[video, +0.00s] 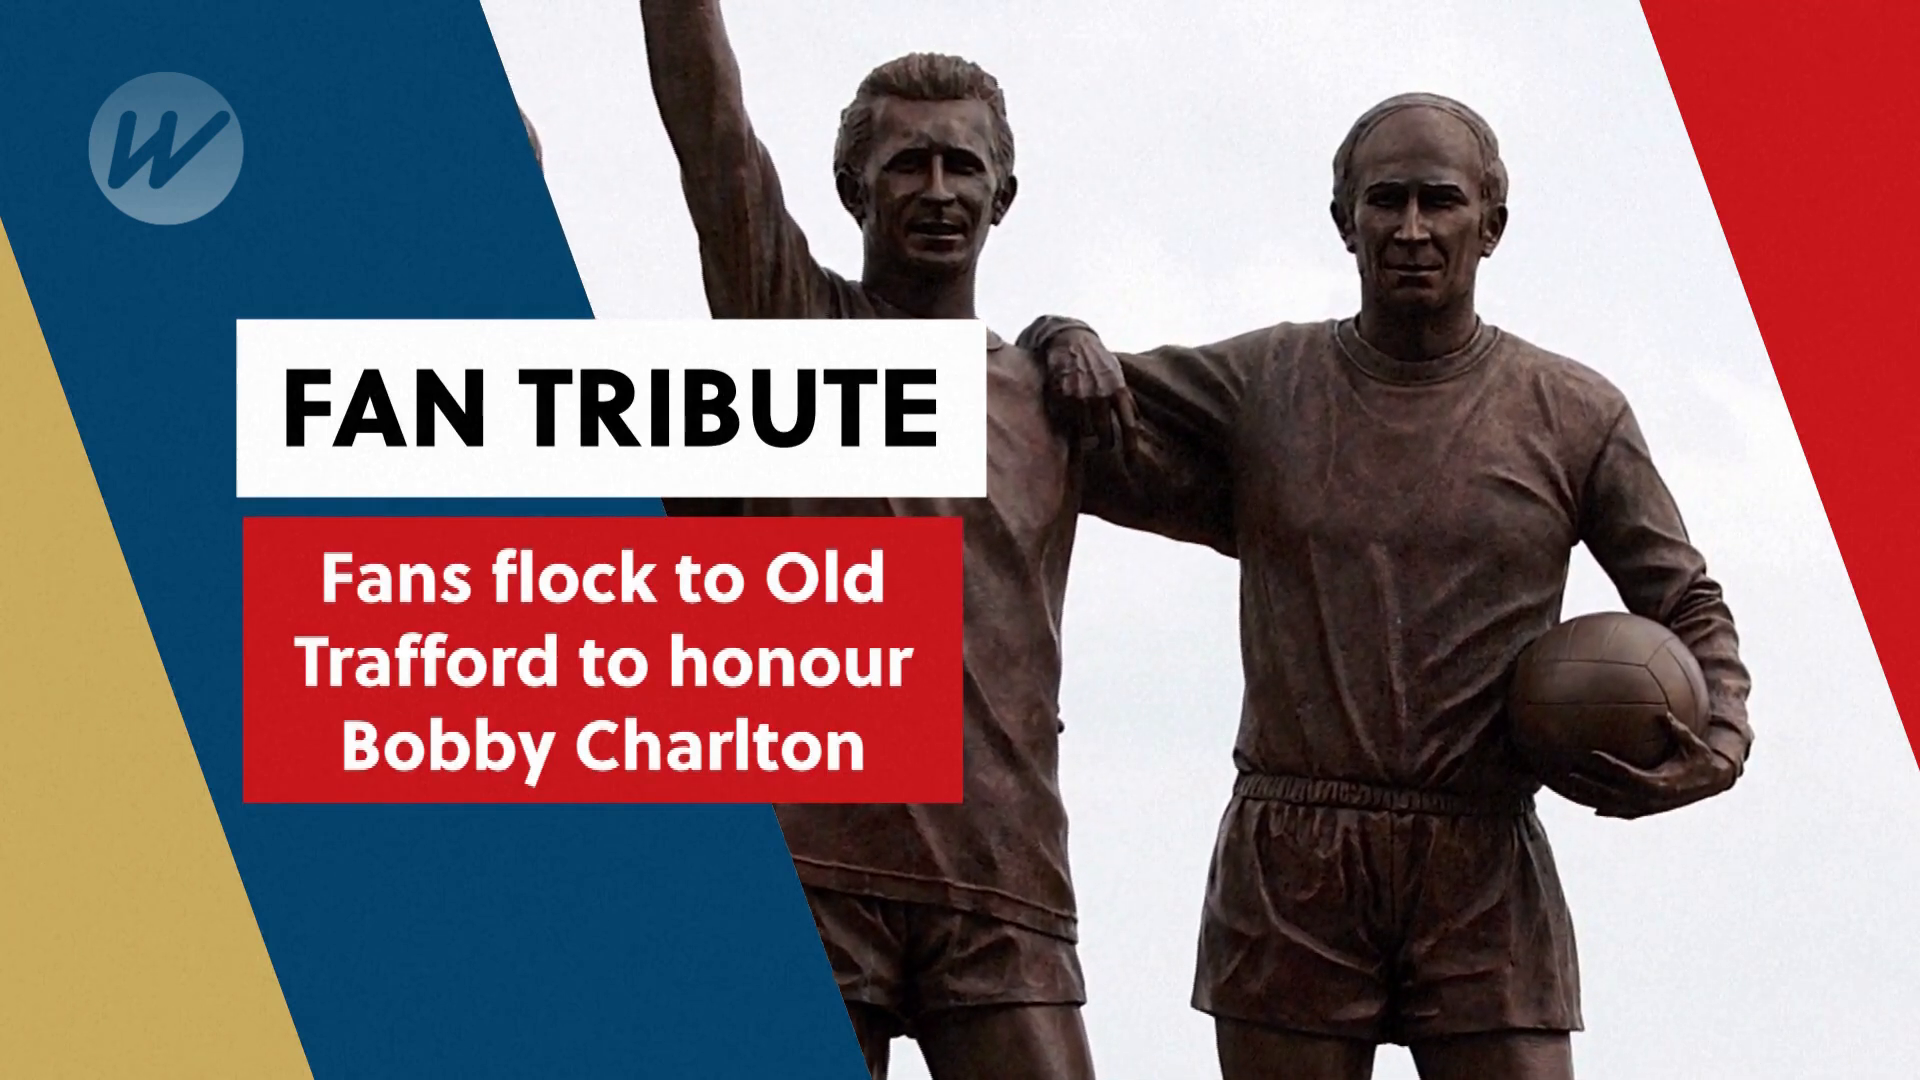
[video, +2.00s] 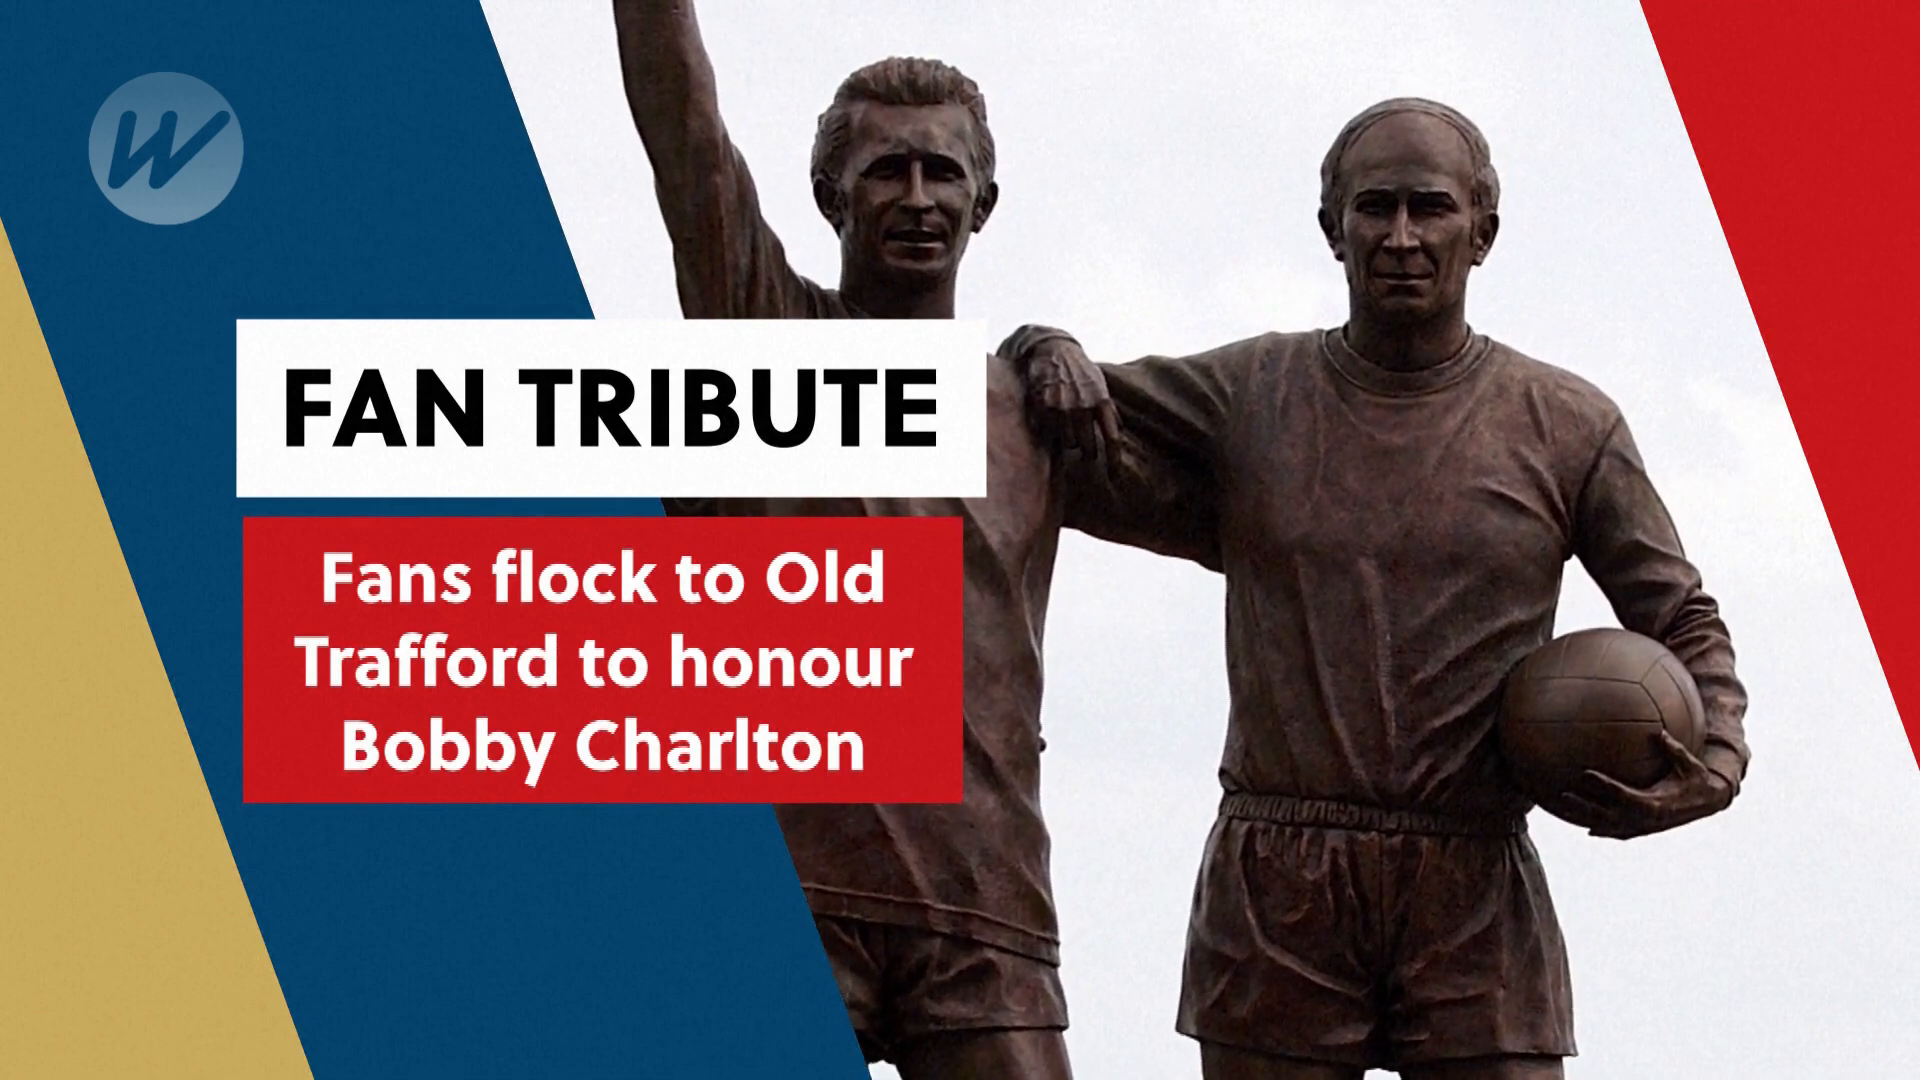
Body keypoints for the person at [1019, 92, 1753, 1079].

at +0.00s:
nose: (1411, 226)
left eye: (1440, 199)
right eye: (1384, 200)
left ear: (1493, 223)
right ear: (1344, 222)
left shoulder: (1574, 411)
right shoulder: (1262, 379)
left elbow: (1685, 604)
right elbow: (1085, 414)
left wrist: (1721, 735)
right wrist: (1062, 342)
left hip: (1482, 868)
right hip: (1287, 863)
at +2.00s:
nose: (1401, 234)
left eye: (1431, 205)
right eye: (1373, 207)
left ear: (1485, 227)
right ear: (1332, 228)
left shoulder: (1567, 421)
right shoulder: (1250, 388)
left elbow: (1680, 617)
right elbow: (1074, 439)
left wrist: (1719, 755)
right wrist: (1044, 353)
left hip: (1473, 894)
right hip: (1272, 890)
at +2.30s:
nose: (1400, 234)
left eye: (1429, 206)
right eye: (1372, 208)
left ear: (1484, 228)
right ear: (1332, 229)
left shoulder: (1566, 422)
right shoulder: (1249, 389)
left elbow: (1678, 615)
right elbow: (1081, 445)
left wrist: (1720, 752)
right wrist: (1043, 355)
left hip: (1472, 893)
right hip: (1272, 888)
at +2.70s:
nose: (1400, 236)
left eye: (1431, 207)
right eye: (1373, 208)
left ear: (1485, 230)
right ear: (1333, 228)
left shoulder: (1567, 423)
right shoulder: (1249, 391)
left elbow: (1680, 618)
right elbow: (1077, 450)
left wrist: (1720, 754)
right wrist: (1041, 355)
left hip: (1474, 896)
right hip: (1272, 892)